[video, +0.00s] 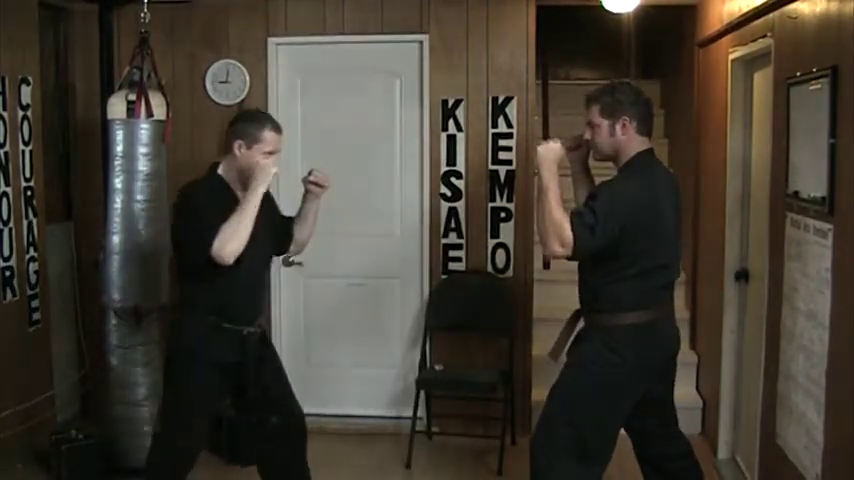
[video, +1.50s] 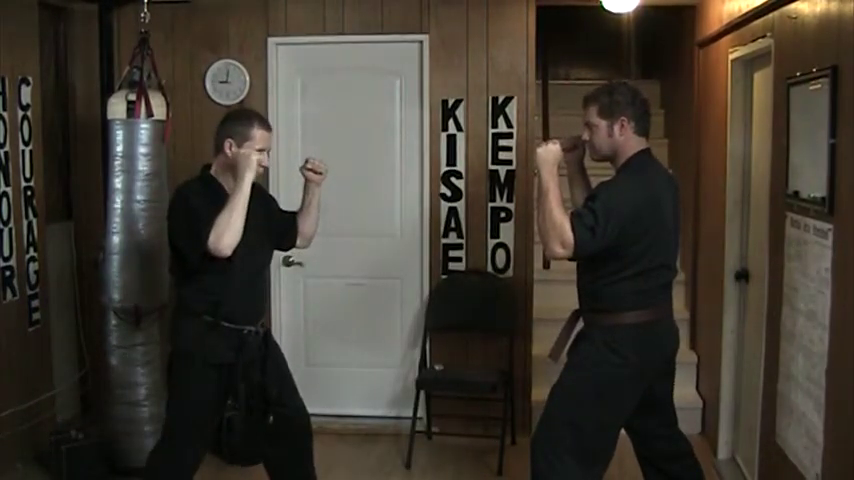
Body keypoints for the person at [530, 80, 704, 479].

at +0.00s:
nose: (587, 136)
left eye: (592, 126)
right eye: (587, 127)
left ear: (623, 127)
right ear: (626, 127)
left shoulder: (628, 187)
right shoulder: (661, 180)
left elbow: (561, 242)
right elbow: (598, 227)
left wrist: (547, 170)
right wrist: (580, 168)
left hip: (617, 342)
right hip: (654, 336)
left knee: (555, 454)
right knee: (664, 451)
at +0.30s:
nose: (588, 136)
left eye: (594, 126)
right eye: (588, 127)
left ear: (625, 127)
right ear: (628, 127)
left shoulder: (631, 185)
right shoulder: (661, 179)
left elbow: (562, 243)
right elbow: (598, 227)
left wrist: (548, 170)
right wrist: (581, 168)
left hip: (618, 342)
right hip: (655, 336)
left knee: (555, 454)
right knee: (665, 450)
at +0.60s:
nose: (588, 136)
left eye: (594, 126)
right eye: (588, 127)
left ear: (625, 126)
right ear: (628, 127)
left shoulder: (629, 187)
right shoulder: (663, 180)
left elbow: (562, 243)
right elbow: (600, 227)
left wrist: (548, 171)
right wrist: (580, 167)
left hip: (618, 342)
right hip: (657, 336)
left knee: (556, 454)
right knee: (664, 449)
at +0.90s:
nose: (589, 136)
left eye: (594, 126)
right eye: (588, 127)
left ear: (624, 127)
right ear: (628, 127)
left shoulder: (629, 186)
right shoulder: (662, 180)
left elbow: (562, 244)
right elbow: (600, 228)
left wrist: (547, 172)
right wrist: (580, 168)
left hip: (618, 342)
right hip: (656, 336)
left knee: (556, 454)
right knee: (665, 450)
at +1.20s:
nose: (587, 136)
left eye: (592, 126)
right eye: (587, 127)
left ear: (623, 127)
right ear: (626, 127)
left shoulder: (628, 187)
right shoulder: (662, 180)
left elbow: (562, 244)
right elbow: (599, 230)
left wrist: (548, 171)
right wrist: (578, 168)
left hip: (617, 341)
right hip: (655, 335)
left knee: (556, 454)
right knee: (663, 448)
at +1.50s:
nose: (585, 137)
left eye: (590, 127)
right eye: (585, 128)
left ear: (621, 127)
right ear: (625, 127)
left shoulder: (627, 187)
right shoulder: (660, 180)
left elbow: (561, 244)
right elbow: (595, 227)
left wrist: (547, 172)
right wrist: (576, 168)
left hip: (616, 342)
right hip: (653, 336)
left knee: (556, 454)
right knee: (663, 448)